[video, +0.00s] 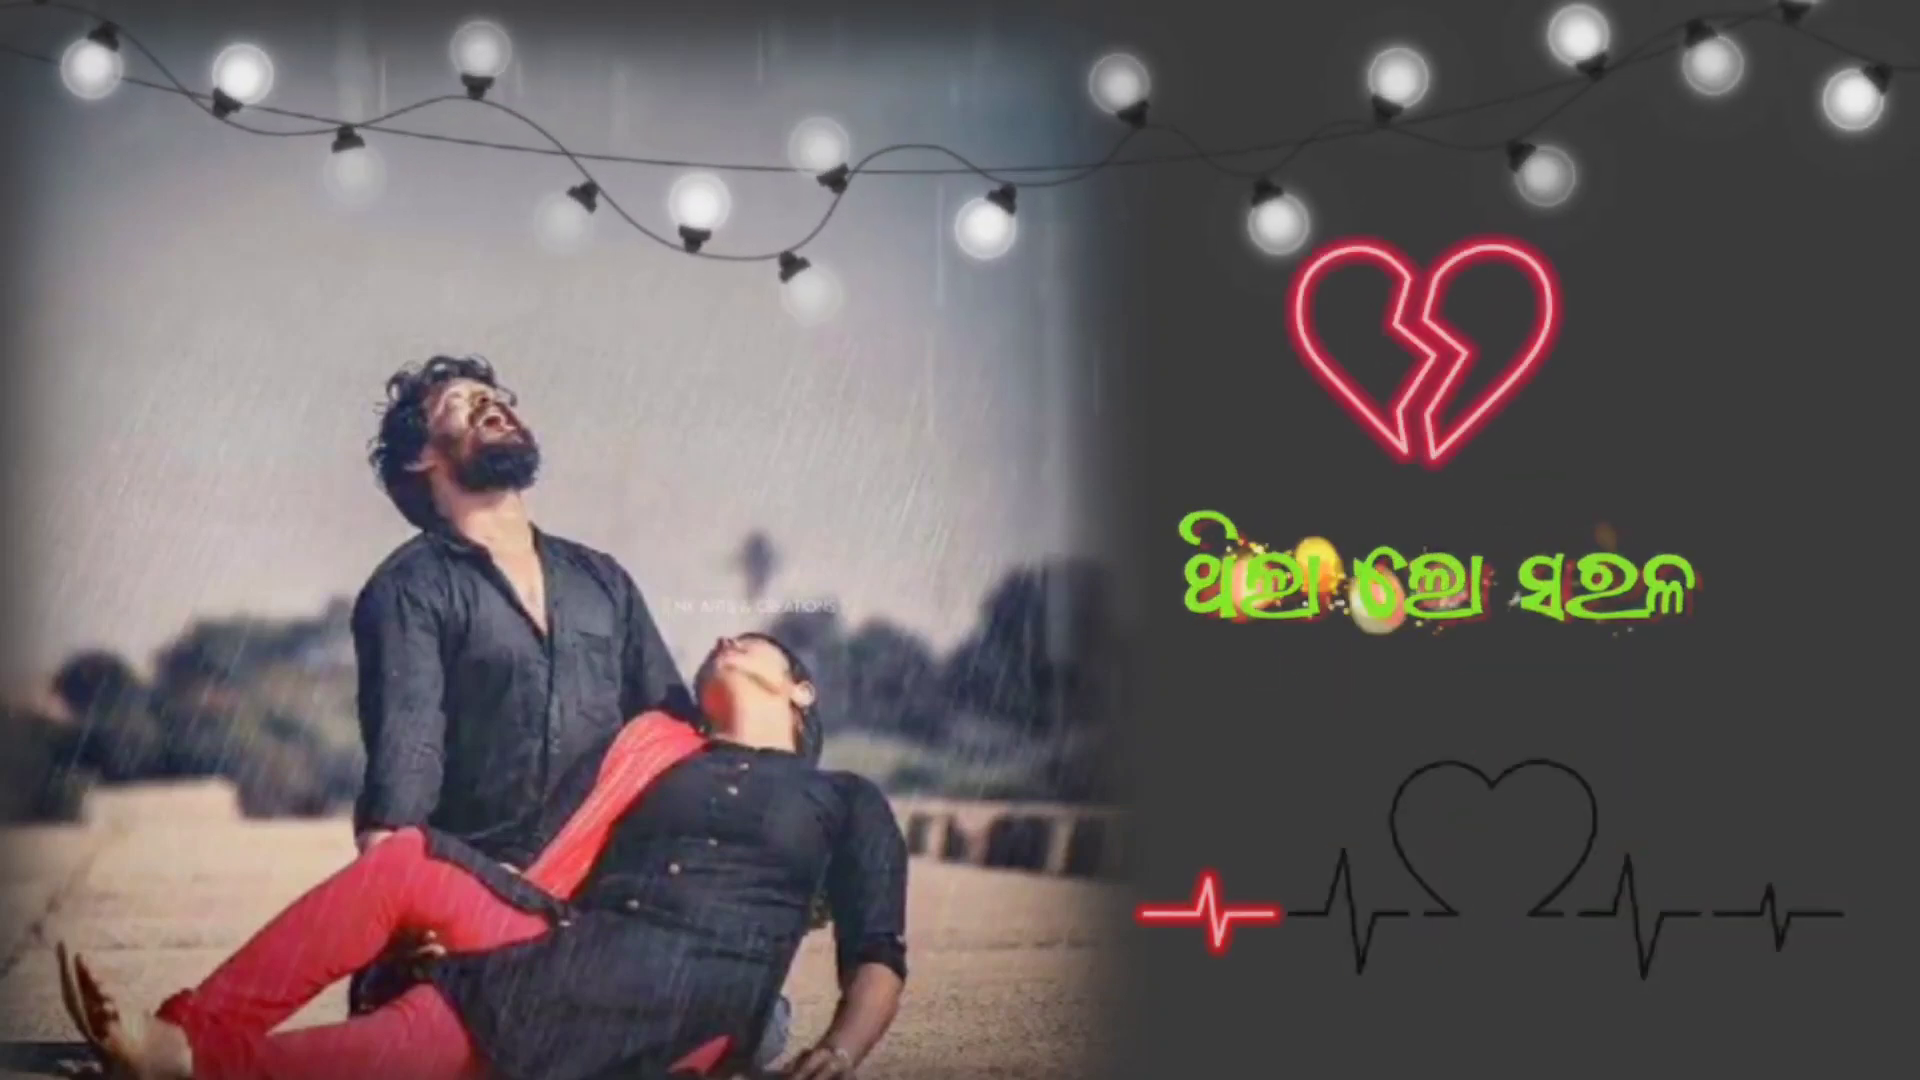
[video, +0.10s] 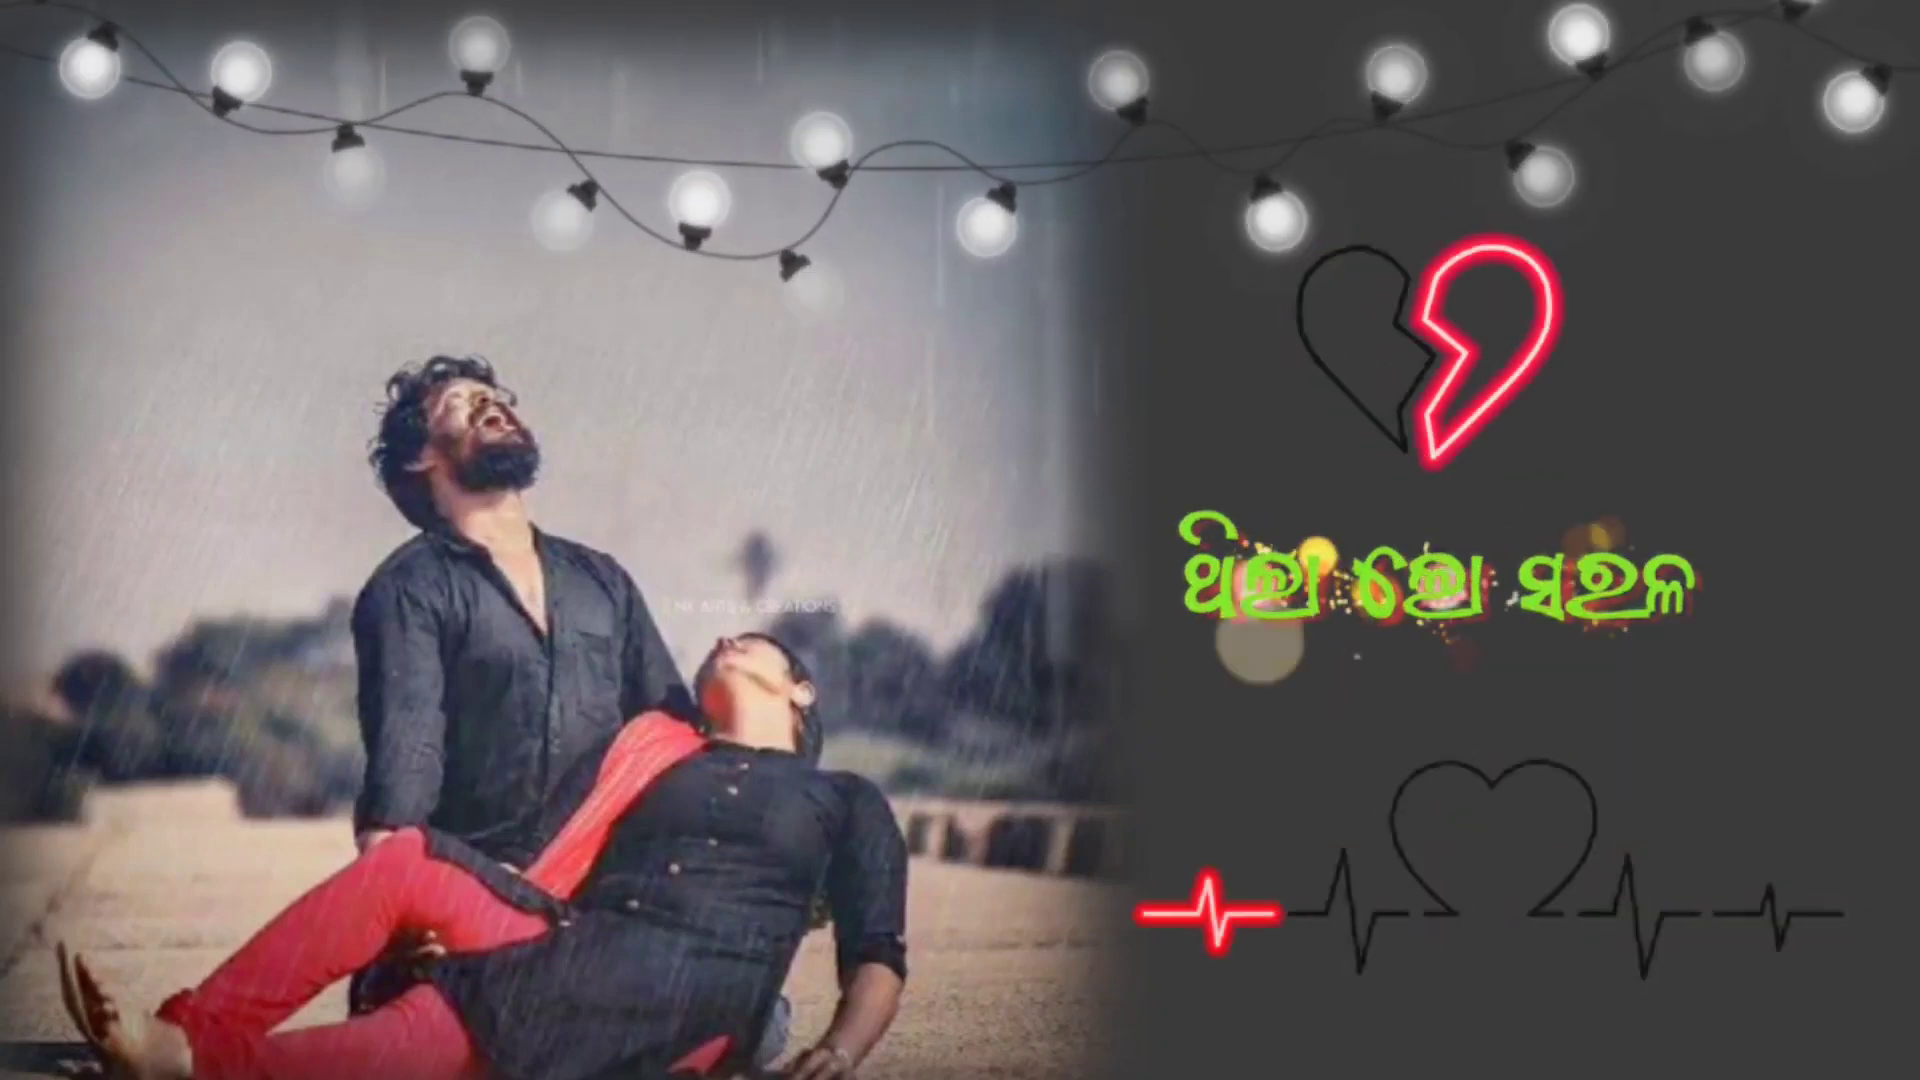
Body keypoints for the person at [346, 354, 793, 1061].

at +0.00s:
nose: (496, 409)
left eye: (501, 401)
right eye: (462, 406)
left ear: (524, 438)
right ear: (421, 463)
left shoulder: (603, 579)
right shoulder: (410, 588)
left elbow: (678, 729)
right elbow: (404, 751)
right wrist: (389, 900)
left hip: (617, 885)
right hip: (462, 890)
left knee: (761, 1020)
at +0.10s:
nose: (496, 409)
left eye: (502, 401)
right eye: (463, 406)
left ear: (525, 437)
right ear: (421, 462)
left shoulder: (603, 579)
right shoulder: (410, 588)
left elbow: (678, 729)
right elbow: (404, 750)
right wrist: (389, 900)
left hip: (616, 884)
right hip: (461, 890)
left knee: (762, 1019)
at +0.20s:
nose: (496, 409)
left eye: (502, 402)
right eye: (463, 406)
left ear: (525, 437)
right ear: (421, 462)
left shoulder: (603, 579)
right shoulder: (410, 588)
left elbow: (678, 729)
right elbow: (404, 750)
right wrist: (389, 900)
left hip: (616, 884)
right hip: (461, 890)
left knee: (762, 1019)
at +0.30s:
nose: (496, 409)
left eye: (502, 401)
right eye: (463, 406)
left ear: (525, 437)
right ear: (421, 462)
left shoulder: (603, 579)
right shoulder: (410, 588)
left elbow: (678, 729)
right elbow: (404, 750)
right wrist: (389, 900)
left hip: (616, 884)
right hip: (461, 890)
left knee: (762, 1019)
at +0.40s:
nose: (495, 408)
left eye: (501, 401)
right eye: (461, 406)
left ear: (525, 438)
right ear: (421, 463)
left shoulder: (602, 579)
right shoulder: (410, 588)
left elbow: (678, 728)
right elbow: (404, 751)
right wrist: (387, 899)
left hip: (617, 885)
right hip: (462, 890)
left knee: (762, 1020)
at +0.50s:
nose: (495, 408)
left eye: (501, 401)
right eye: (461, 406)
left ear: (525, 438)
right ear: (421, 463)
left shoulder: (602, 579)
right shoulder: (410, 588)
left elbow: (678, 728)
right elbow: (404, 751)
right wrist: (387, 899)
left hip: (617, 885)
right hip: (462, 890)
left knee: (762, 1020)